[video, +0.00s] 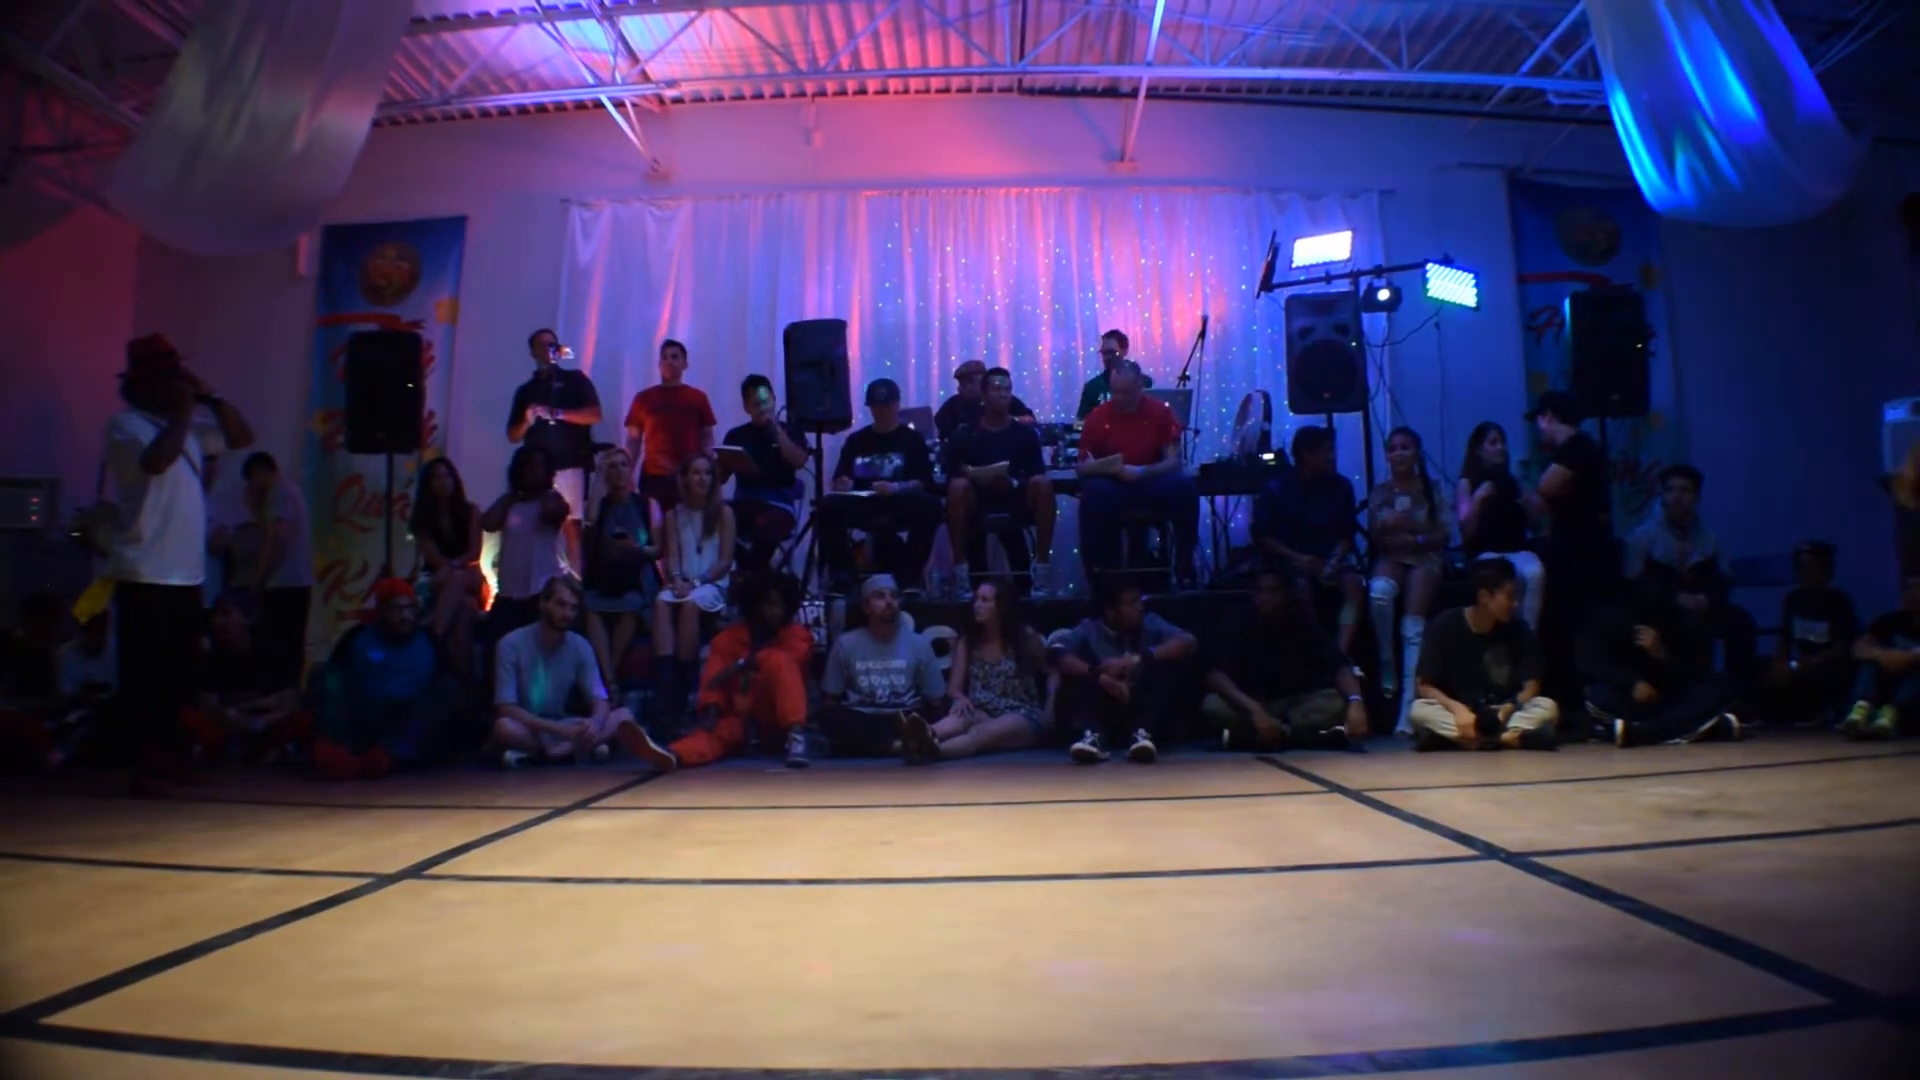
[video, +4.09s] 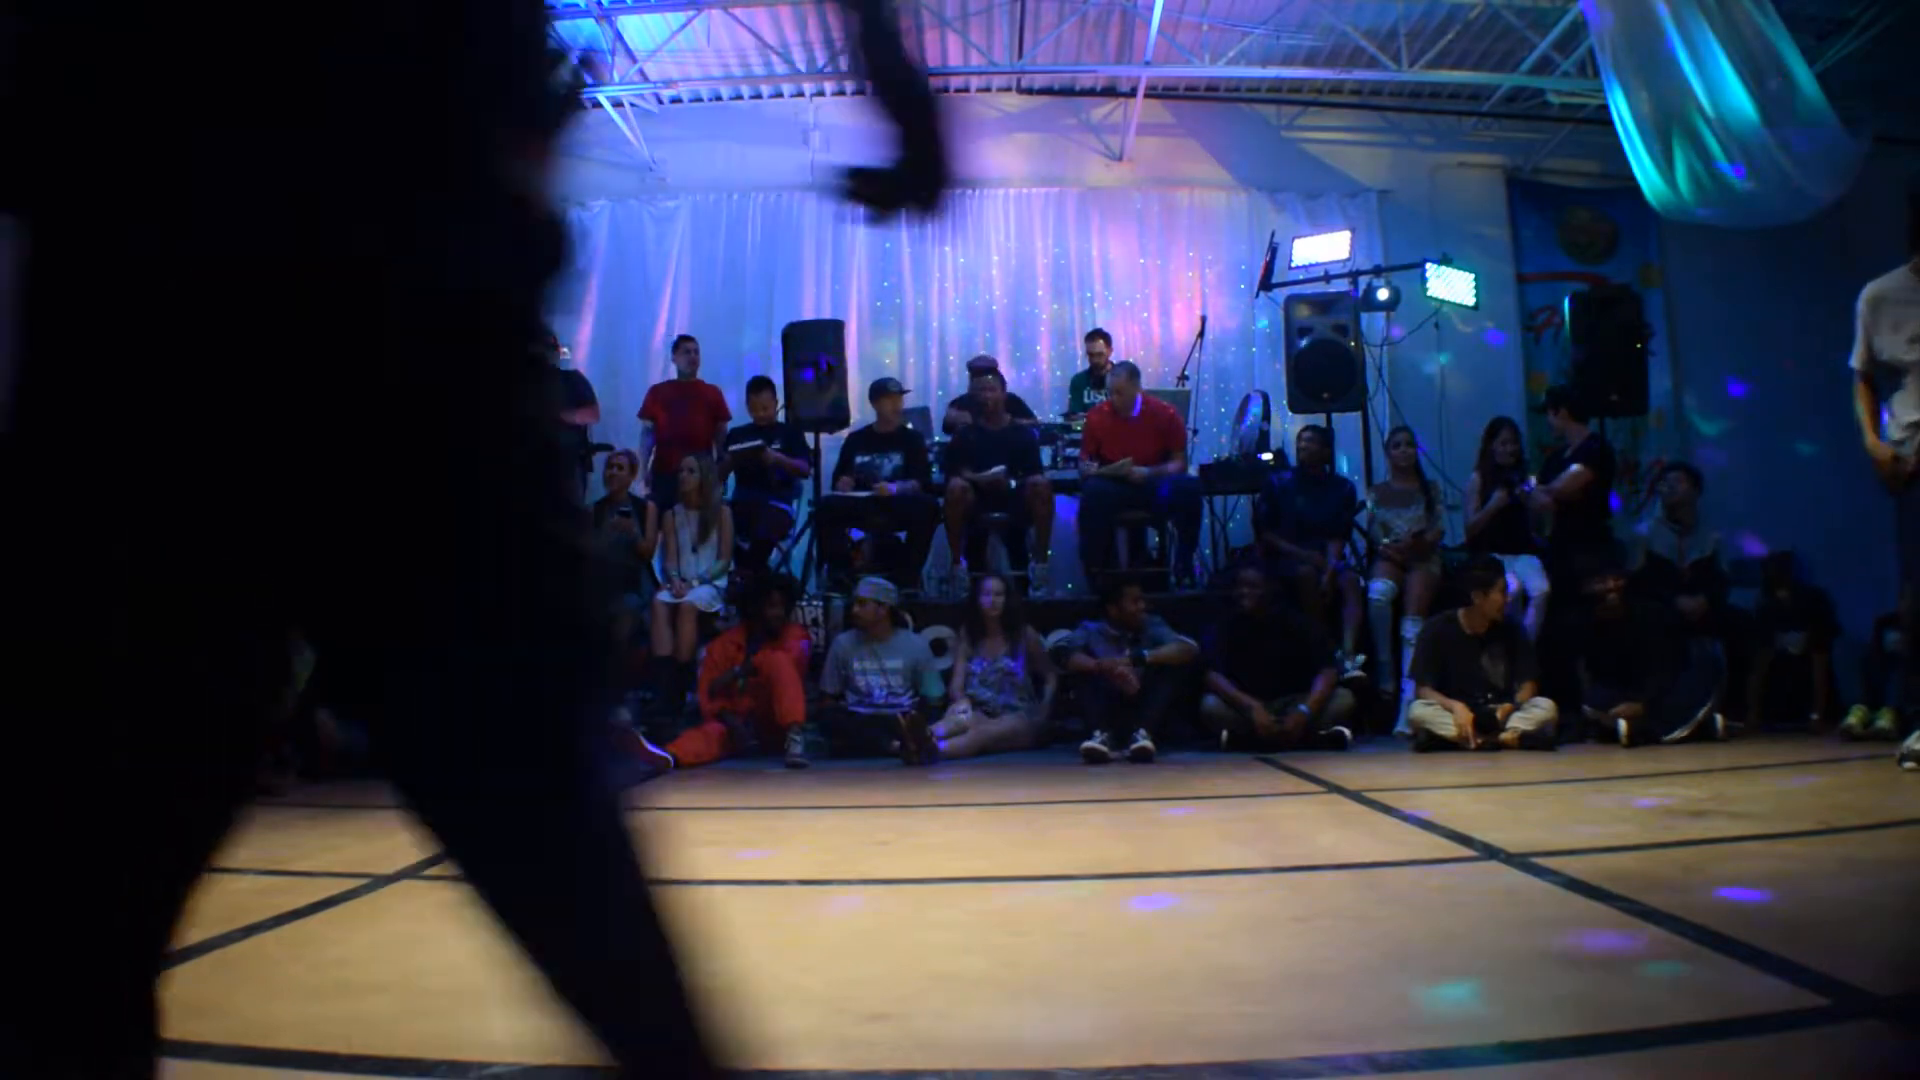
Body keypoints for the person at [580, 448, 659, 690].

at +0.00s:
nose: (618, 471)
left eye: (622, 465)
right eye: (611, 467)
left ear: (630, 470)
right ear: (603, 474)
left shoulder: (646, 505)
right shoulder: (596, 506)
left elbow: (657, 548)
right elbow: (588, 542)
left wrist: (634, 548)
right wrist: (595, 494)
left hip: (634, 575)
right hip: (602, 574)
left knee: (629, 609)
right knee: (591, 610)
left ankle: (610, 674)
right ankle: (608, 680)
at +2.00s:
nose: (610, 470)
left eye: (616, 465)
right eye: (606, 465)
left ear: (629, 472)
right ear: (601, 473)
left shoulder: (645, 507)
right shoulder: (593, 506)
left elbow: (654, 552)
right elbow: (587, 545)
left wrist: (633, 568)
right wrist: (597, 507)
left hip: (630, 576)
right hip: (599, 575)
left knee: (627, 611)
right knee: (589, 614)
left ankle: (607, 678)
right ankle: (608, 684)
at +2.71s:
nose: (619, 472)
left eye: (624, 467)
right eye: (613, 467)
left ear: (629, 473)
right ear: (601, 474)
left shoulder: (644, 508)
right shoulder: (589, 511)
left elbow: (653, 551)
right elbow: (584, 554)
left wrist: (635, 563)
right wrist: (596, 546)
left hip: (630, 578)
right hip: (600, 577)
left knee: (626, 613)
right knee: (589, 614)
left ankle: (607, 678)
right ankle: (606, 680)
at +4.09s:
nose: (613, 473)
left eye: (620, 468)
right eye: (609, 467)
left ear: (632, 475)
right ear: (604, 473)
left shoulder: (646, 508)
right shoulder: (595, 509)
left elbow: (648, 550)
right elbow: (590, 547)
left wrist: (631, 532)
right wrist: (610, 532)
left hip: (633, 578)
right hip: (602, 577)